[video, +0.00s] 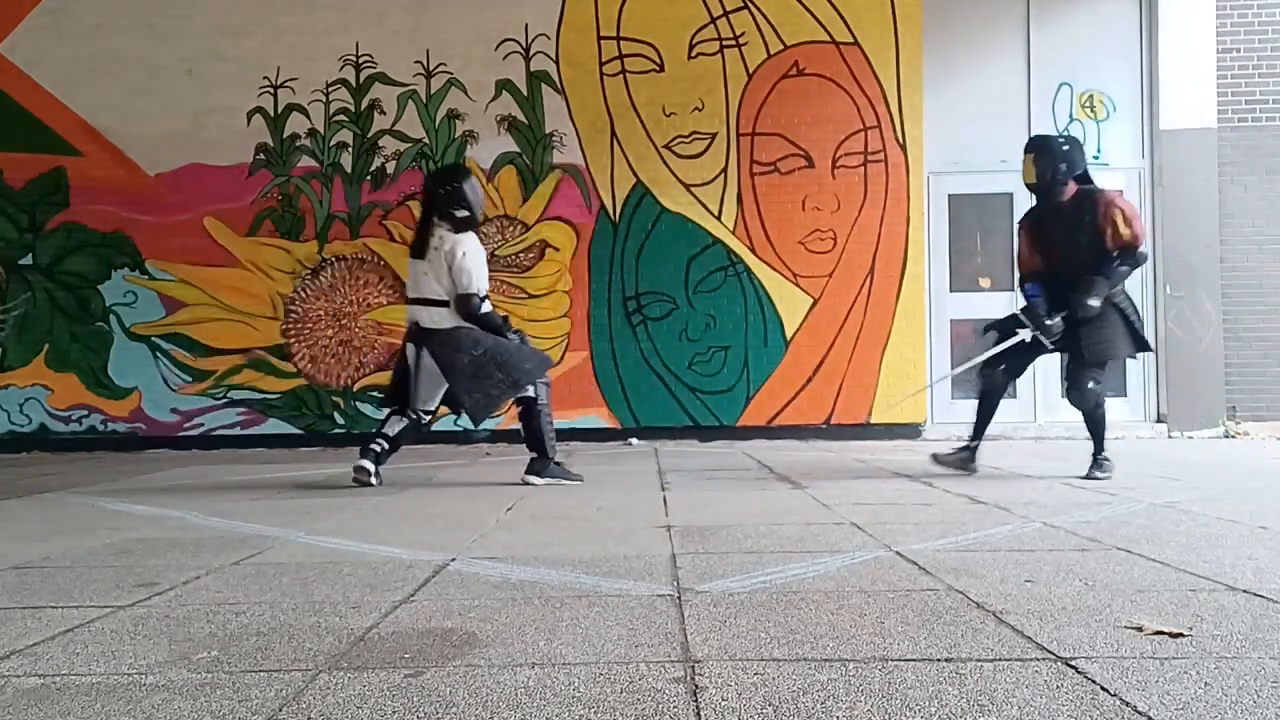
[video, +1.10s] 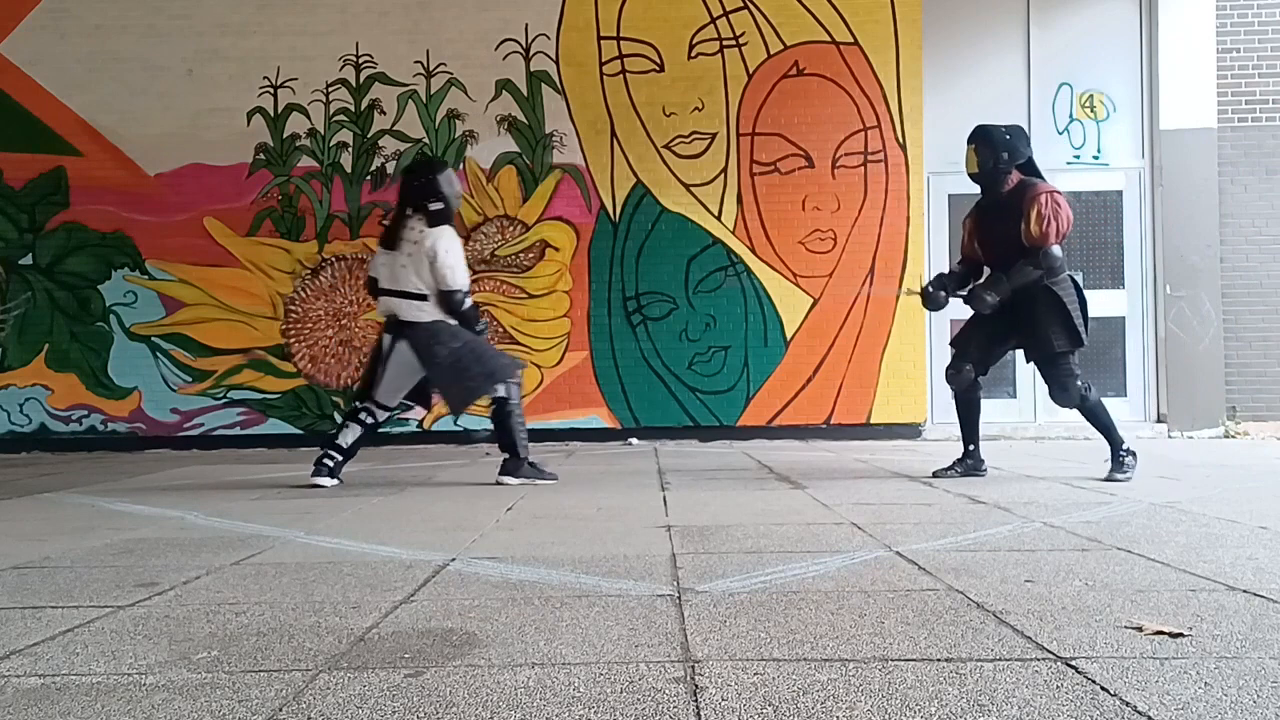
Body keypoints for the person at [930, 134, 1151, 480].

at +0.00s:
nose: (1033, 177)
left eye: (1040, 168)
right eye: (1031, 169)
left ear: (1065, 169)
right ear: (1033, 172)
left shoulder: (1107, 206)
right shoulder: (1032, 223)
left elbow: (1134, 253)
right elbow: (1031, 277)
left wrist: (1098, 289)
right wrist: (1039, 312)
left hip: (1095, 308)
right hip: (1051, 309)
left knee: (1083, 386)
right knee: (996, 369)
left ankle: (1100, 457)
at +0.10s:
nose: (1020, 184)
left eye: (1028, 175)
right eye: (1019, 176)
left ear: (1052, 178)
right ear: (1018, 179)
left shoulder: (1093, 215)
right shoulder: (1014, 229)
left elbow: (1108, 271)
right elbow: (1006, 287)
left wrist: (1075, 301)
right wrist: (1019, 322)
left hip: (1079, 312)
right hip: (1031, 313)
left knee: (1076, 389)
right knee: (982, 375)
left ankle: (1094, 453)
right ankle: (960, 456)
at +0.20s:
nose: (1013, 192)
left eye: (1020, 182)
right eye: (1012, 183)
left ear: (1047, 185)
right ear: (1011, 187)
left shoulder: (1082, 220)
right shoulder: (1007, 234)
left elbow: (1090, 281)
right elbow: (995, 284)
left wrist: (1042, 305)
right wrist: (984, 307)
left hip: (1079, 313)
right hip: (1032, 316)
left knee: (1087, 385)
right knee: (977, 377)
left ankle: (1118, 434)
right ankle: (961, 457)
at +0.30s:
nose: (1011, 184)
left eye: (1018, 175)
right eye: (1011, 176)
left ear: (1045, 180)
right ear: (1032, 181)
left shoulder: (1083, 219)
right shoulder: (1012, 234)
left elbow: (1087, 279)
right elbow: (1005, 284)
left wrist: (1030, 304)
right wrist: (982, 293)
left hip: (1085, 316)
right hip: (1038, 317)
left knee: (1115, 398)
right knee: (984, 376)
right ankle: (962, 457)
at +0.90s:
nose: (983, 169)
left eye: (991, 161)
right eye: (983, 161)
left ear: (1017, 165)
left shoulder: (1047, 206)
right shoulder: (986, 222)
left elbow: (1049, 267)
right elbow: (985, 275)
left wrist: (991, 293)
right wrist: (957, 276)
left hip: (1052, 307)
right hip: (1007, 311)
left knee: (1094, 393)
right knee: (960, 373)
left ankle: (1157, 451)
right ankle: (972, 457)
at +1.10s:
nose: (973, 167)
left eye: (981, 158)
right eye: (972, 158)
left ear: (1005, 159)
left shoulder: (1041, 199)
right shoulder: (978, 215)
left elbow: (1049, 258)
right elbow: (970, 265)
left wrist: (998, 287)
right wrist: (945, 283)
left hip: (1045, 299)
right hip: (1002, 305)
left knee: (1066, 389)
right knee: (962, 370)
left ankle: (1120, 449)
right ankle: (972, 457)